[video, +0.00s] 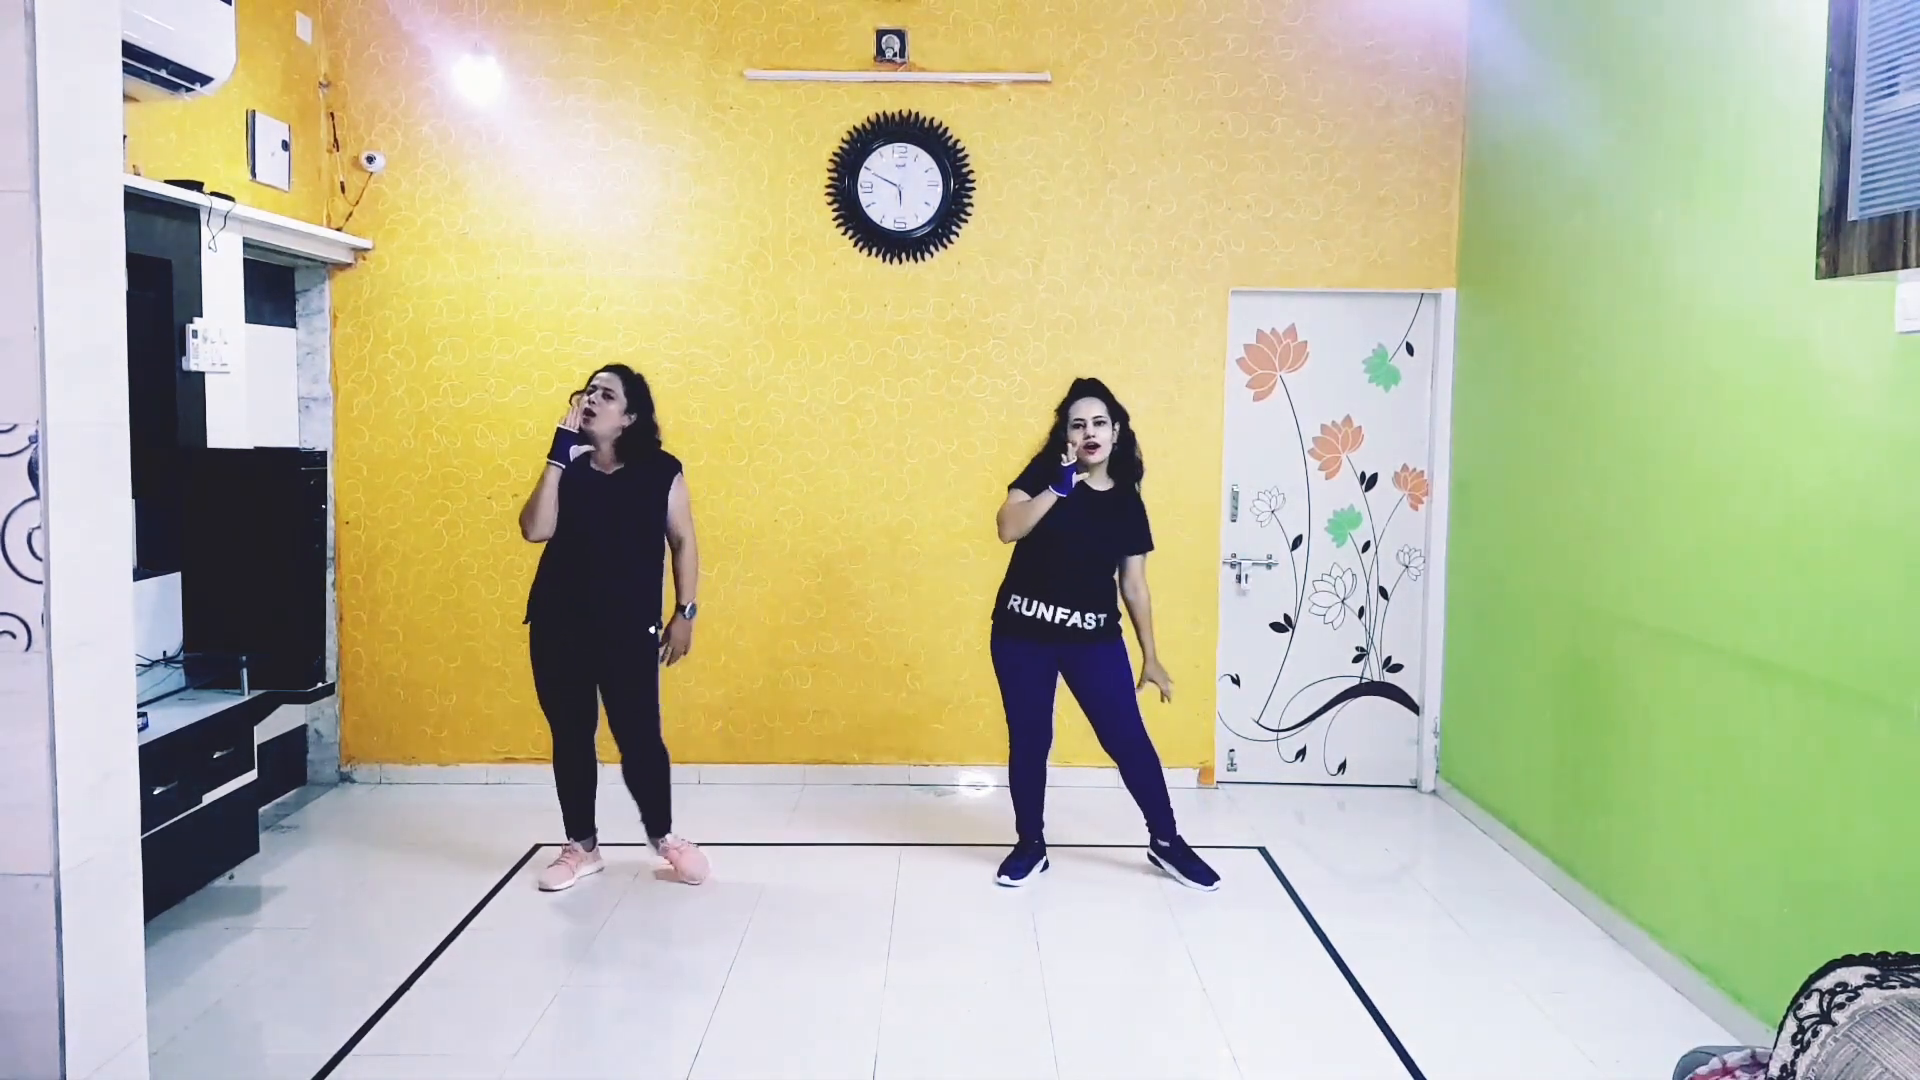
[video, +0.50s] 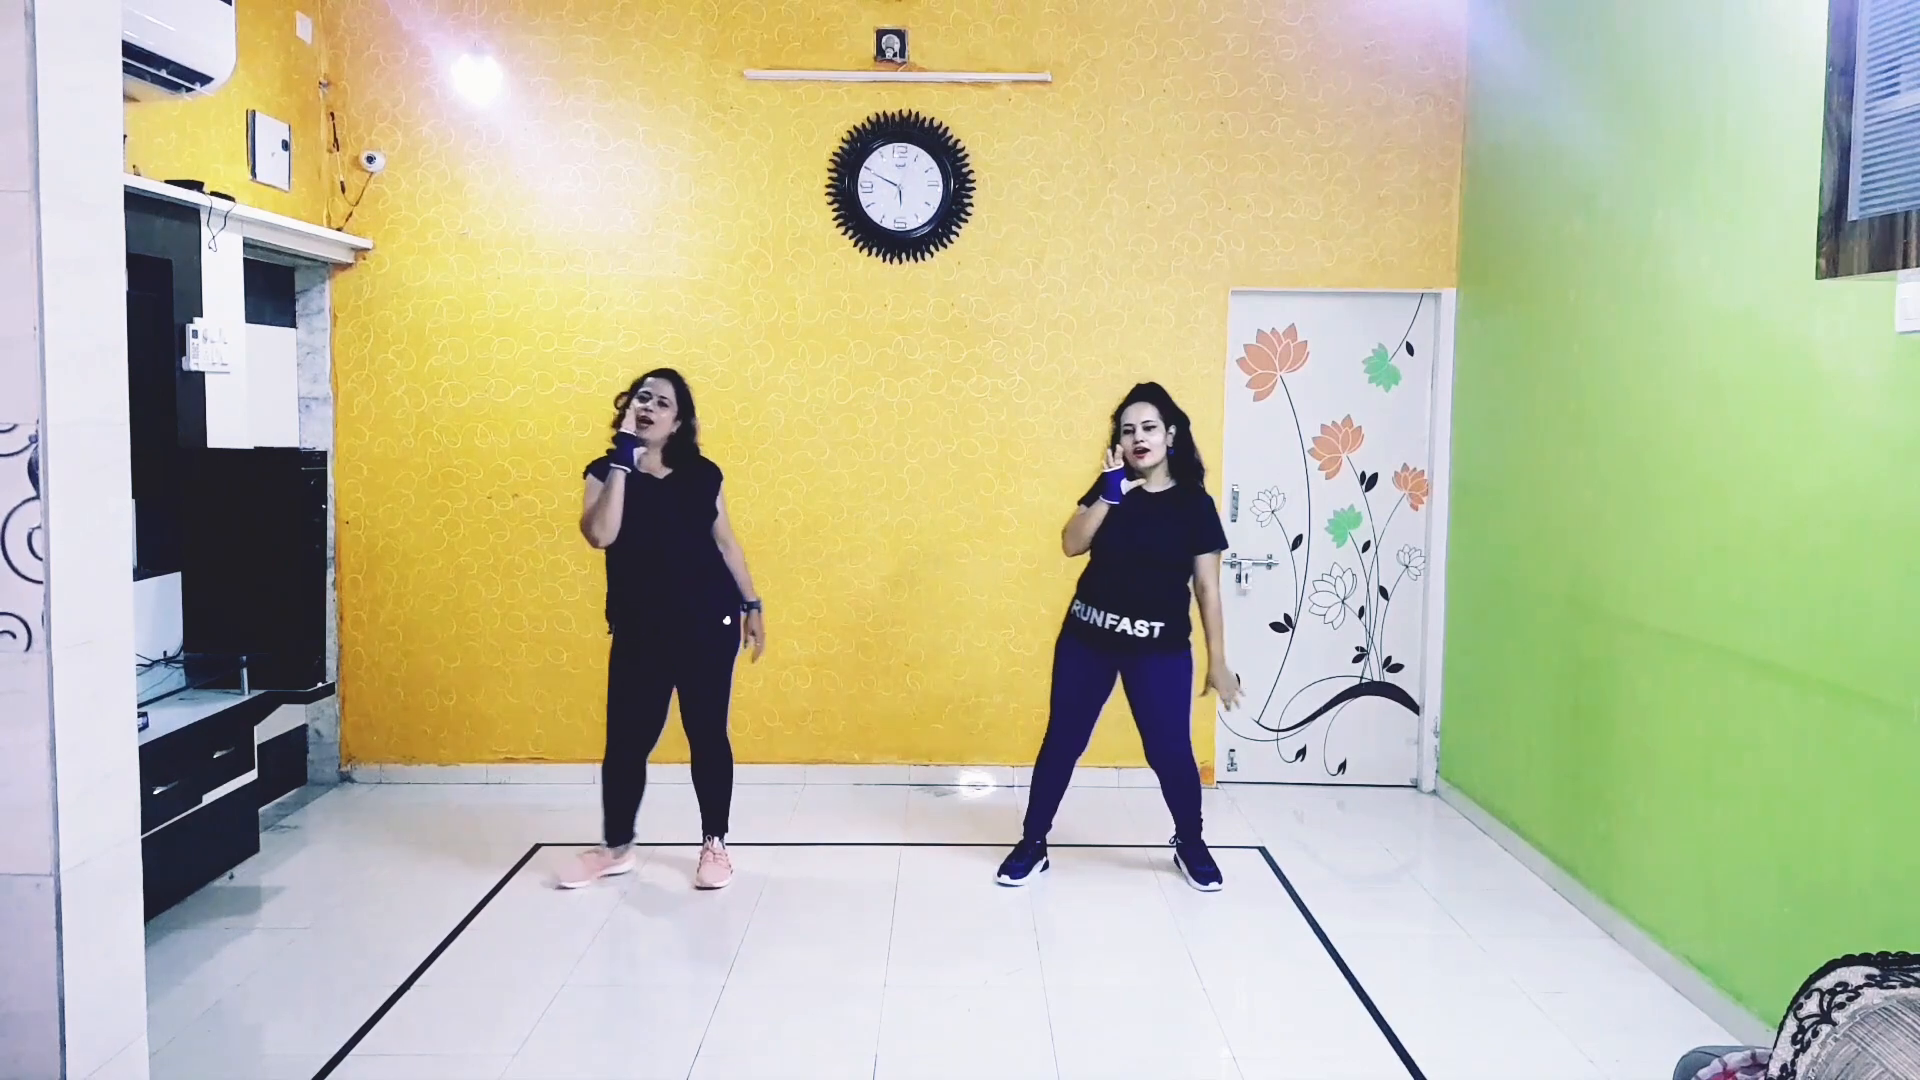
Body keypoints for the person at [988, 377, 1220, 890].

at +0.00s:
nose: (1089, 432)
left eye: (1100, 422)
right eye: (1078, 423)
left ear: (1117, 430)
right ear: (1064, 432)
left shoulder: (1126, 501)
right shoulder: (1043, 473)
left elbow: (1134, 584)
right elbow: (1007, 528)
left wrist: (1150, 656)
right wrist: (1062, 483)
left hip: (1093, 636)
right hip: (1023, 630)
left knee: (1129, 741)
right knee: (1028, 741)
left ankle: (1166, 839)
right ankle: (1030, 843)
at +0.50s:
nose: (1138, 437)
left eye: (1149, 426)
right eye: (1128, 429)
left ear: (1172, 433)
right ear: (1118, 439)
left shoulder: (1194, 505)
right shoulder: (1110, 488)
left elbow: (1207, 587)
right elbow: (1071, 544)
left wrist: (1218, 662)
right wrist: (1109, 489)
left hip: (1159, 648)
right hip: (1089, 637)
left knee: (1171, 753)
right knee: (1062, 743)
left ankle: (1191, 843)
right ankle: (1032, 842)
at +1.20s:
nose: (1137, 436)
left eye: (1147, 428)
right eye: (1127, 426)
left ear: (1158, 438)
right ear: (1106, 435)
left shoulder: (1181, 482)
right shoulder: (1092, 505)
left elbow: (1246, 516)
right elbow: (1082, 582)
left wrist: (1310, 543)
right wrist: (1111, 602)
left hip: (1197, 636)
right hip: (1126, 640)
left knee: (1200, 749)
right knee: (1084, 744)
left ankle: (1194, 844)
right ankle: (1034, 838)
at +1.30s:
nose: (1131, 439)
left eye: (1139, 432)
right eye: (1120, 428)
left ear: (1145, 441)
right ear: (1094, 432)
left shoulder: (1158, 487)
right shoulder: (1072, 508)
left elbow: (1227, 510)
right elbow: (1061, 585)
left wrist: (1305, 490)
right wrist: (1091, 630)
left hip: (1182, 637)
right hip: (1114, 643)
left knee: (1195, 746)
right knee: (1077, 748)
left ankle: (1194, 843)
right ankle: (1030, 840)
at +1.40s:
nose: (1120, 439)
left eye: (1127, 432)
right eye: (1109, 428)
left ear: (1133, 440)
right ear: (1082, 432)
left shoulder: (1136, 491)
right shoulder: (1054, 504)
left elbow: (1195, 521)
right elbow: (1040, 580)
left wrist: (1243, 472)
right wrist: (1068, 640)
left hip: (1163, 639)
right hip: (1096, 645)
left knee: (1184, 745)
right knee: (1069, 753)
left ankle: (1194, 844)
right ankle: (1029, 842)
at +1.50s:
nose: (1109, 440)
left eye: (1116, 433)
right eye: (1099, 428)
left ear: (1120, 442)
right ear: (1071, 430)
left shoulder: (1116, 495)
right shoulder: (1040, 498)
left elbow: (1171, 534)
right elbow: (1021, 574)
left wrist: (1206, 473)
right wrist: (1042, 639)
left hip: (1141, 639)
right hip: (1074, 645)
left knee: (1171, 741)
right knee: (1057, 755)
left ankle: (1192, 841)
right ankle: (1028, 844)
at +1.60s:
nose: (1101, 439)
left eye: (1108, 432)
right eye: (1091, 427)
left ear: (1112, 441)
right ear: (1063, 429)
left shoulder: (1103, 493)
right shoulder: (1032, 492)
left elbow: (1150, 545)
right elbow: (1003, 562)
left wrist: (1177, 488)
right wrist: (1014, 634)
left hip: (1121, 637)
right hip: (1058, 644)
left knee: (1157, 738)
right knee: (1050, 754)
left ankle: (1188, 838)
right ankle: (1028, 844)